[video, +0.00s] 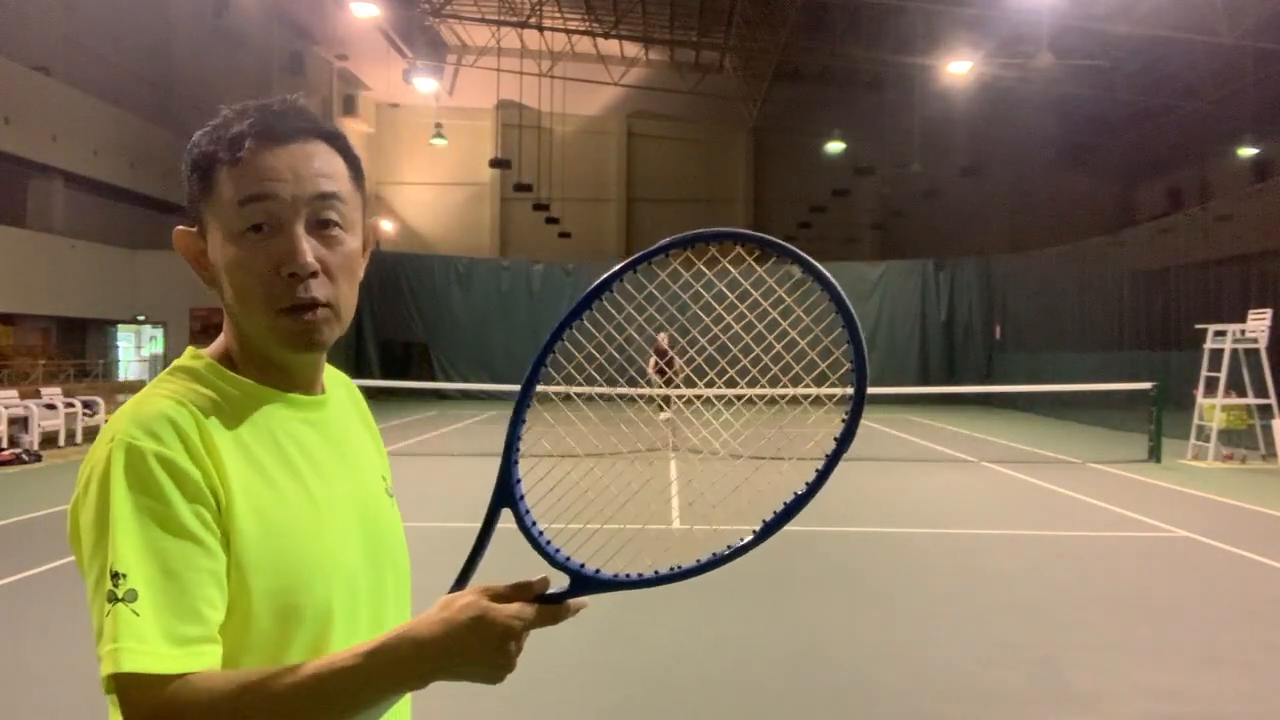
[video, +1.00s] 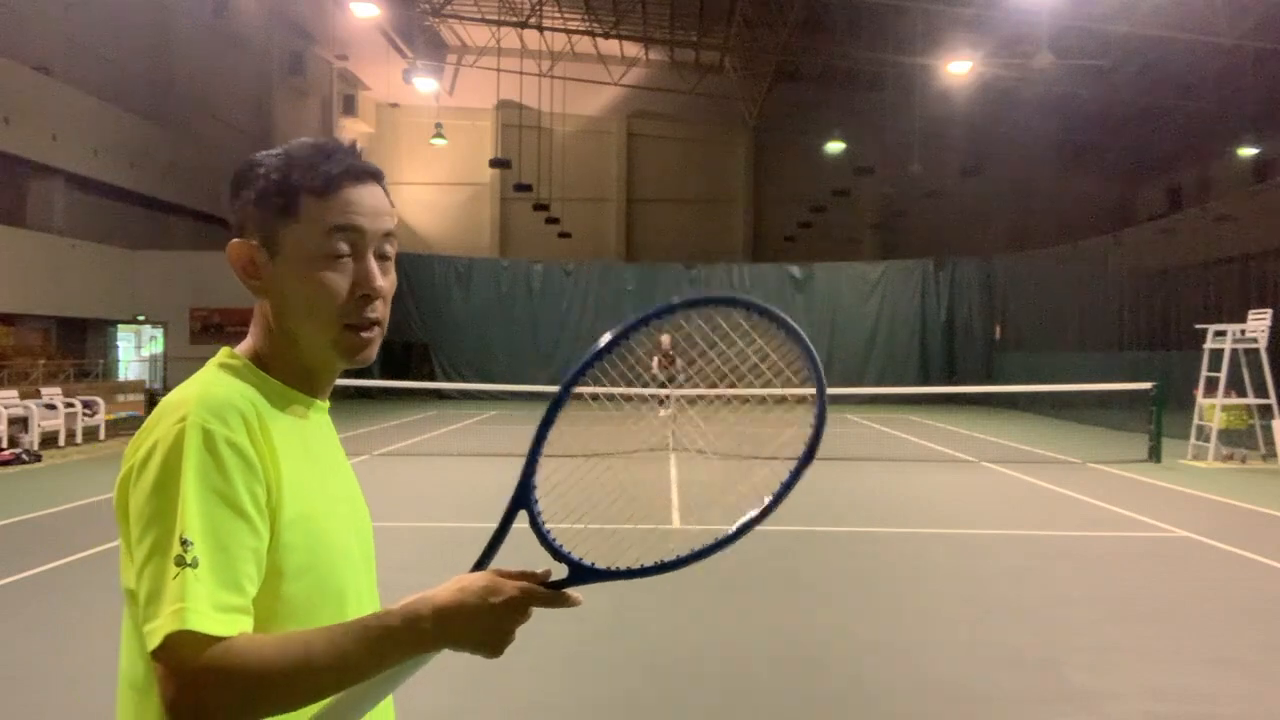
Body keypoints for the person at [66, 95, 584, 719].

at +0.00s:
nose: (302, 259)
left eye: (327, 223)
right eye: (258, 227)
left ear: (366, 243)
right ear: (202, 258)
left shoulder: (344, 404)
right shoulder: (154, 440)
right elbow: (155, 700)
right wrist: (415, 655)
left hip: (374, 708)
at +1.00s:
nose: (376, 283)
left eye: (386, 253)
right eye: (340, 252)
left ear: (397, 256)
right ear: (253, 266)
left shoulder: (301, 417)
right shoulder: (207, 425)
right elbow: (193, 684)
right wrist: (428, 622)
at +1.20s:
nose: (428, 288)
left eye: (423, 264)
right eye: (416, 262)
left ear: (353, 276)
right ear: (352, 274)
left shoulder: (305, 404)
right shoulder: (266, 408)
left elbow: (327, 630)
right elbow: (317, 641)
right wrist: (534, 602)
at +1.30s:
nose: (438, 291)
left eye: (438, 270)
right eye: (436, 269)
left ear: (322, 273)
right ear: (402, 278)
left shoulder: (289, 392)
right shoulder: (317, 410)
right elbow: (300, 647)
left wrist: (479, 668)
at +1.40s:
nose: (457, 298)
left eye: (458, 277)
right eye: (457, 277)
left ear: (343, 285)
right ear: (437, 285)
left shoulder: (282, 396)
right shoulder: (367, 409)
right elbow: (321, 637)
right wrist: (471, 712)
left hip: (247, 705)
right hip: (328, 709)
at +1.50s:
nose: (478, 309)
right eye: (480, 291)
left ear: (357, 290)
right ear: (468, 294)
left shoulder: (286, 407)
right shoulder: (425, 411)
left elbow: (246, 592)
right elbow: (390, 628)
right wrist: (482, 713)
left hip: (260, 707)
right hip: (364, 709)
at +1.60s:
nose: (503, 313)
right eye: (506, 299)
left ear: (391, 302)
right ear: (499, 303)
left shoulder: (315, 409)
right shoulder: (480, 420)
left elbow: (263, 595)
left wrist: (324, 681)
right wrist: (526, 713)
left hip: (298, 709)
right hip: (420, 709)